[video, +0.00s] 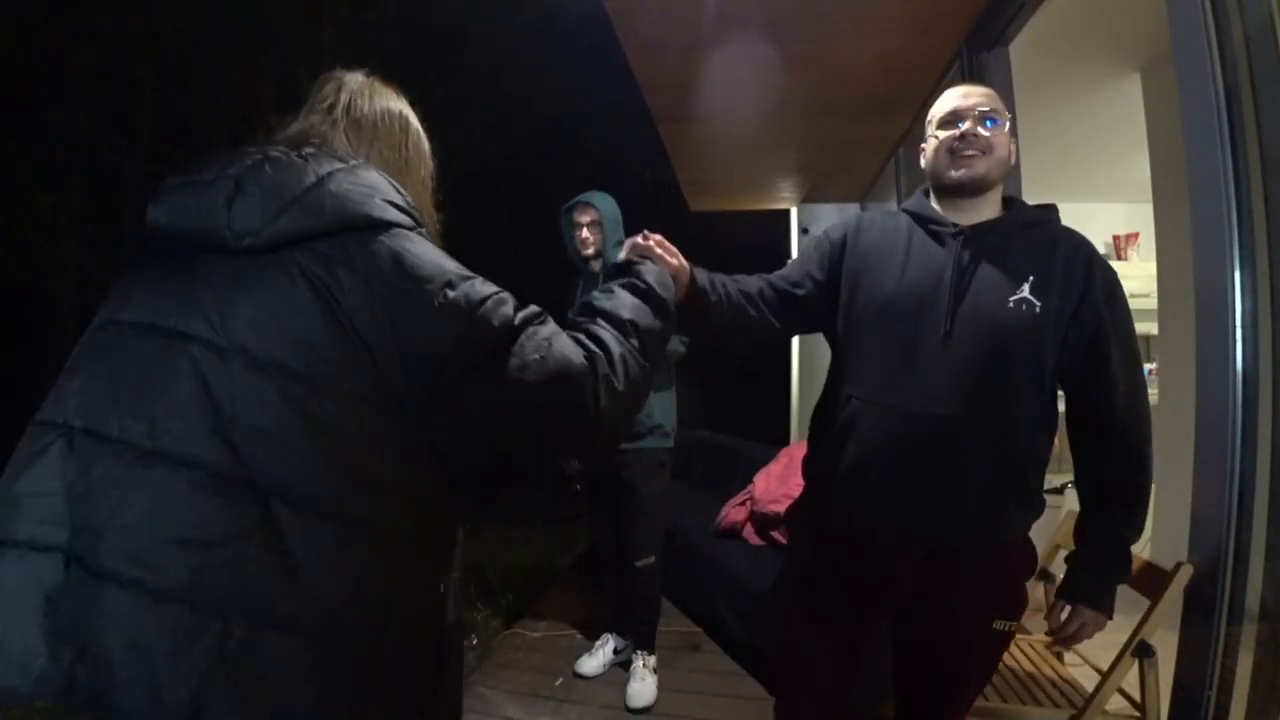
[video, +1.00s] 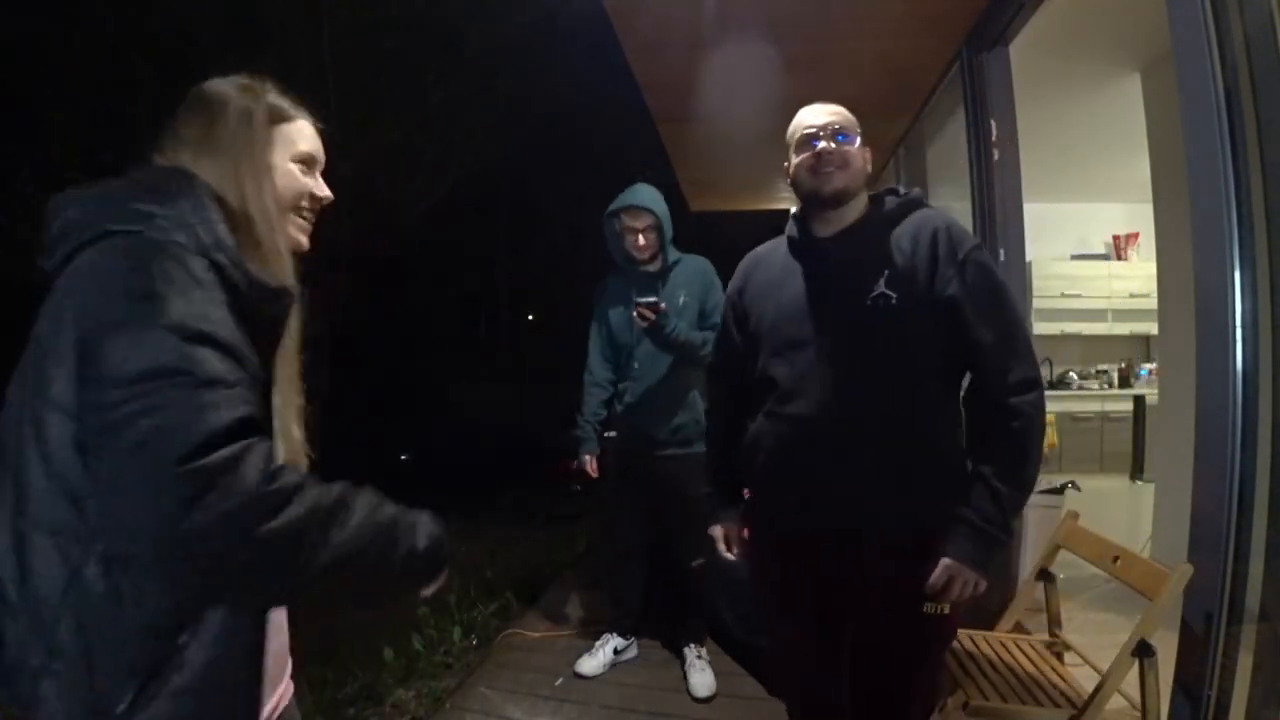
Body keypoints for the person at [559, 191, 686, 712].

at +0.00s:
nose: (586, 236)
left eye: (594, 226)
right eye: (578, 228)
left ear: (615, 228)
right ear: (571, 236)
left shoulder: (645, 278)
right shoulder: (579, 288)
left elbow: (675, 345)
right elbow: (575, 352)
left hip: (646, 432)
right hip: (598, 433)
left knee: (642, 546)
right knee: (604, 539)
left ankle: (644, 653)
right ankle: (617, 632)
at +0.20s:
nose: (585, 237)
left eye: (593, 227)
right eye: (577, 230)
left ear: (613, 229)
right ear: (568, 239)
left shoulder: (643, 276)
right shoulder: (575, 294)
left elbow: (651, 341)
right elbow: (565, 363)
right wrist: (564, 434)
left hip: (647, 432)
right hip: (599, 434)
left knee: (651, 549)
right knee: (608, 541)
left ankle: (661, 652)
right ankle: (621, 633)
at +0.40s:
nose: (589, 236)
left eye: (596, 226)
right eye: (580, 229)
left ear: (615, 229)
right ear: (571, 238)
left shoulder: (649, 272)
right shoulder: (574, 297)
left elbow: (684, 341)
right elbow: (561, 374)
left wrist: (622, 344)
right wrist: (557, 431)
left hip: (656, 435)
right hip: (599, 439)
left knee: (664, 547)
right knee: (611, 539)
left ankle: (673, 650)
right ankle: (621, 633)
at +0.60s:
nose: (593, 237)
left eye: (601, 227)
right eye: (585, 230)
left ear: (620, 228)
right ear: (577, 238)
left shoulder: (655, 271)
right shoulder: (579, 295)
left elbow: (691, 338)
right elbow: (566, 372)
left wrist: (639, 337)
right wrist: (572, 425)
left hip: (664, 431)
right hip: (608, 436)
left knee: (671, 545)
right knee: (613, 539)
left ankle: (681, 647)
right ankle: (621, 633)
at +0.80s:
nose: (612, 241)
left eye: (619, 230)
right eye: (602, 234)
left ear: (637, 229)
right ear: (592, 241)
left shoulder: (672, 272)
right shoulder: (593, 296)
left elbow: (701, 341)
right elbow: (579, 370)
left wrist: (646, 329)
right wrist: (565, 433)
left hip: (671, 438)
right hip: (614, 438)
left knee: (681, 549)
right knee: (615, 540)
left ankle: (692, 644)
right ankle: (621, 634)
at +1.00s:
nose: (637, 241)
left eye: (645, 230)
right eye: (627, 232)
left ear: (664, 229)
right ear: (616, 237)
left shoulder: (696, 273)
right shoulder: (613, 289)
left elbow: (719, 348)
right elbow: (599, 369)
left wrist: (666, 328)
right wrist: (587, 436)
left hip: (685, 443)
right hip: (627, 442)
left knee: (690, 547)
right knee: (622, 541)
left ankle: (693, 644)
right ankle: (620, 635)